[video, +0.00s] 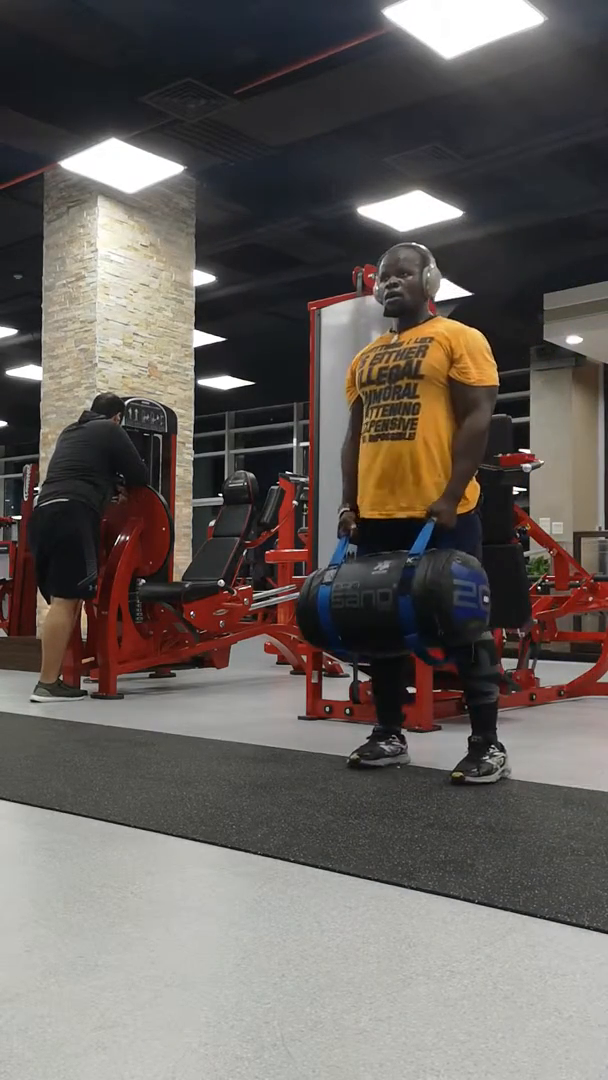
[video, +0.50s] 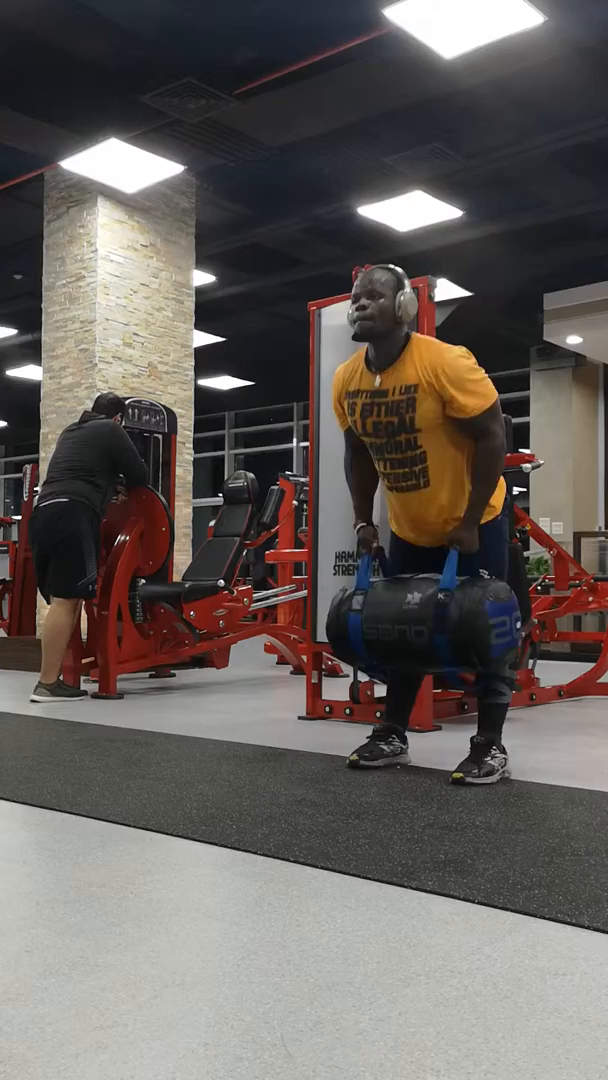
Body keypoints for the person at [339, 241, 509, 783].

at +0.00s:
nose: (387, 282)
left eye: (400, 273)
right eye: (383, 276)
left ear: (430, 282)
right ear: (378, 290)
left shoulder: (459, 338)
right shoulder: (365, 358)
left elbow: (477, 418)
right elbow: (354, 436)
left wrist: (452, 496)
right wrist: (349, 502)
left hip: (446, 513)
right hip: (377, 517)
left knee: (464, 620)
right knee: (377, 621)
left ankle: (485, 744)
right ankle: (387, 733)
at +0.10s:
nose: (388, 281)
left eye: (401, 272)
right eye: (383, 275)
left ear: (430, 281)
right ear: (379, 288)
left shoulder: (459, 337)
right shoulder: (366, 357)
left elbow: (477, 419)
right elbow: (357, 436)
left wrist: (451, 499)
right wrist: (352, 504)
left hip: (447, 512)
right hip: (380, 517)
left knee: (464, 621)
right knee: (381, 621)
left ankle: (486, 744)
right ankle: (388, 733)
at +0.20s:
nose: (383, 280)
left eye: (396, 271)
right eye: (380, 273)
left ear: (428, 279)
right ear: (377, 286)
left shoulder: (458, 336)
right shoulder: (365, 357)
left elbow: (478, 421)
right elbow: (359, 437)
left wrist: (453, 503)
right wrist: (355, 504)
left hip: (451, 512)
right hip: (384, 517)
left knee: (469, 621)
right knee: (386, 620)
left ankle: (486, 744)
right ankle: (388, 732)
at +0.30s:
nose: (374, 283)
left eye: (387, 273)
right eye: (370, 276)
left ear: (421, 282)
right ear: (368, 289)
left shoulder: (455, 339)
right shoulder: (361, 358)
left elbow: (483, 424)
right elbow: (361, 439)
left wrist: (462, 504)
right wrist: (360, 508)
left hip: (458, 517)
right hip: (392, 521)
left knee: (473, 623)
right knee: (390, 621)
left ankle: (487, 745)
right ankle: (389, 733)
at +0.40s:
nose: (362, 295)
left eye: (375, 286)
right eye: (359, 289)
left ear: (410, 292)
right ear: (357, 300)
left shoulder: (450, 351)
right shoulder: (352, 369)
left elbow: (490, 431)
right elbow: (358, 444)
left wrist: (468, 510)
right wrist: (362, 514)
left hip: (468, 517)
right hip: (401, 521)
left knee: (480, 623)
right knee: (399, 622)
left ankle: (487, 745)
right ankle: (390, 732)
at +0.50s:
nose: (357, 304)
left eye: (371, 296)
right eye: (354, 298)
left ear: (405, 305)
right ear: (352, 312)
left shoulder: (446, 363)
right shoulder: (347, 381)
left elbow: (495, 435)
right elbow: (359, 452)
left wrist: (471, 518)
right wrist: (363, 521)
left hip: (476, 516)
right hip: (410, 520)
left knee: (488, 622)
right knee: (402, 622)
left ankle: (488, 745)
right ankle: (391, 733)